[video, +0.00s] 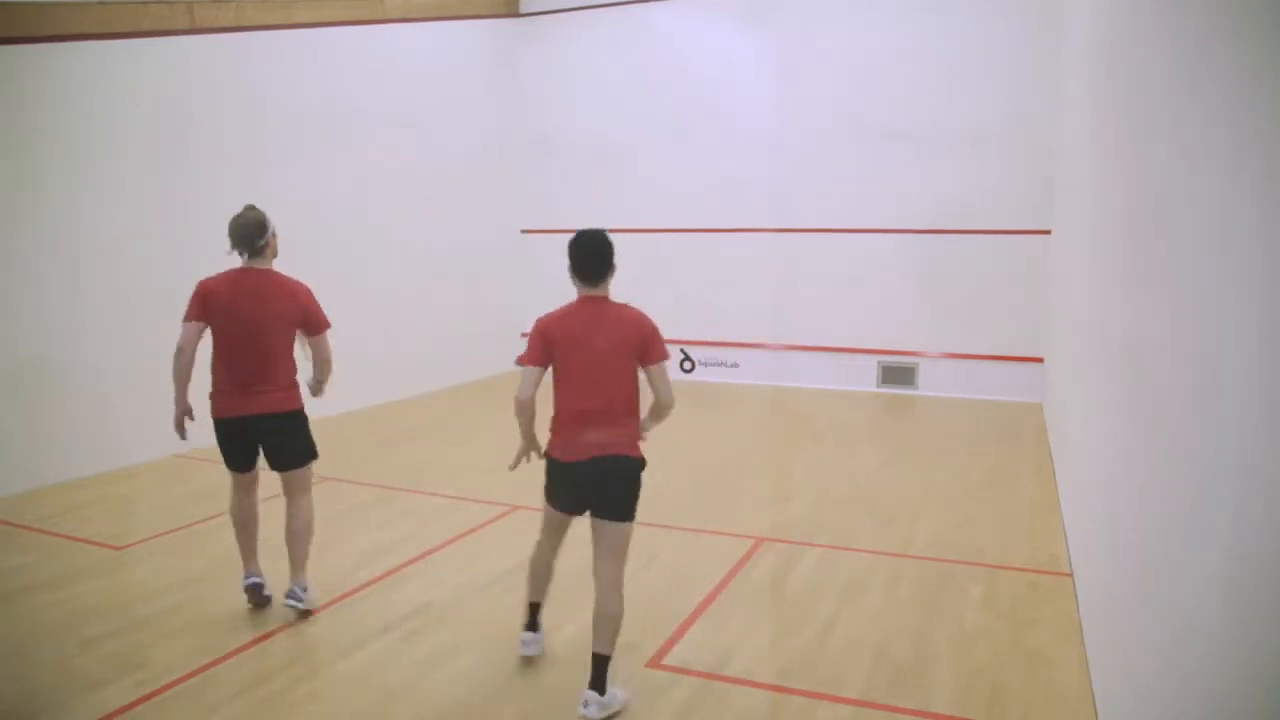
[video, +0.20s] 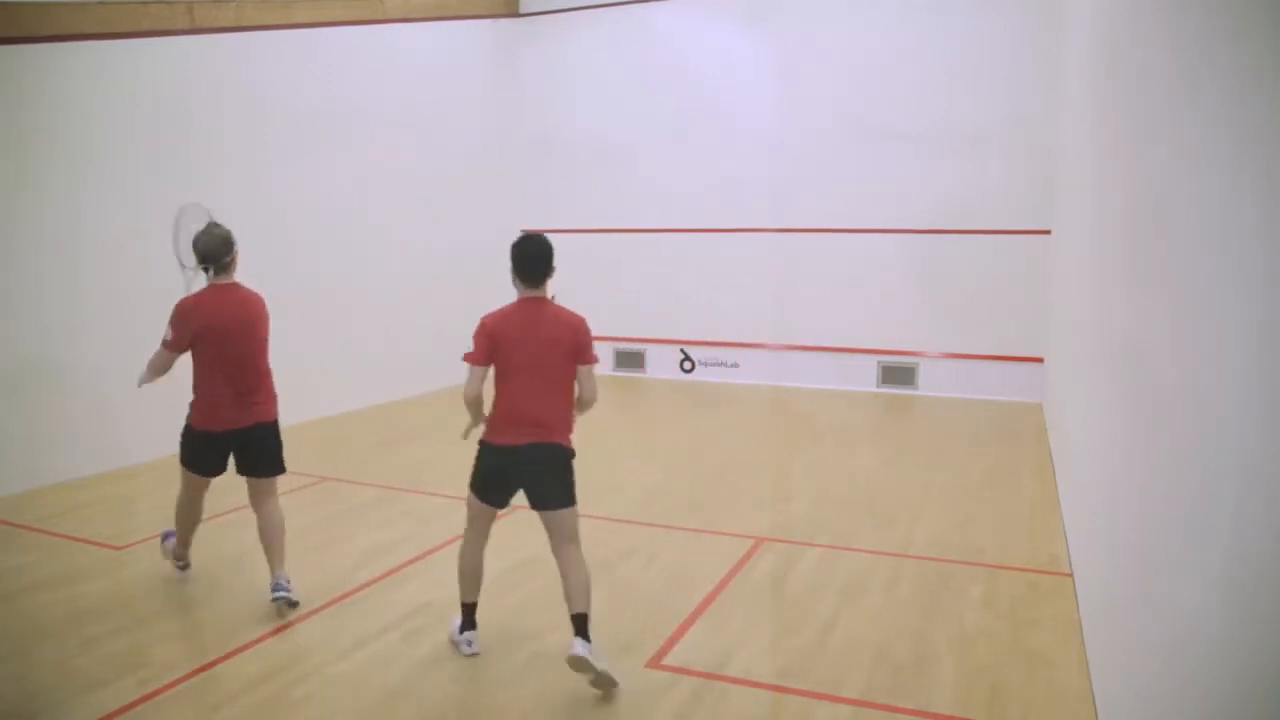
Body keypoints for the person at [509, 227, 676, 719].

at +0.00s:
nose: (593, 273)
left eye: (579, 266)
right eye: (605, 265)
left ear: (571, 270)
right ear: (613, 269)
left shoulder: (552, 325)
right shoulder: (636, 323)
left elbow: (524, 397)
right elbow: (665, 399)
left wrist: (529, 440)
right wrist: (645, 425)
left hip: (566, 465)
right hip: (619, 467)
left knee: (547, 544)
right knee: (609, 578)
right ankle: (597, 691)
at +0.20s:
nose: (535, 275)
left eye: (521, 268)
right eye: (545, 269)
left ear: (512, 272)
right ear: (552, 273)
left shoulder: (494, 324)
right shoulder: (573, 324)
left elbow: (472, 391)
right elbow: (588, 396)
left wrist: (478, 419)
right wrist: (560, 414)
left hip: (500, 453)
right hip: (551, 454)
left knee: (475, 537)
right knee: (567, 545)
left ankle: (468, 629)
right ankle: (581, 640)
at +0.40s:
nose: (473, 262)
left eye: (472, 256)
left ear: (473, 260)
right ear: (509, 261)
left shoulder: (451, 305)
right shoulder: (521, 310)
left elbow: (429, 366)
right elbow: (531, 379)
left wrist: (457, 382)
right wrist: (534, 391)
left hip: (460, 431)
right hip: (506, 429)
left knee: (461, 519)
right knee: (522, 508)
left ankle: (466, 619)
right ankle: (507, 586)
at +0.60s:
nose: (443, 268)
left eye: (444, 263)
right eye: (449, 263)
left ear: (448, 267)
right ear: (480, 267)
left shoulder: (426, 307)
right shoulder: (490, 314)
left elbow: (403, 362)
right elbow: (504, 376)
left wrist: (426, 378)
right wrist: (512, 395)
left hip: (429, 419)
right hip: (473, 419)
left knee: (425, 490)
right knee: (488, 494)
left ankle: (431, 551)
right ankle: (492, 569)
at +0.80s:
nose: (439, 266)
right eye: (440, 262)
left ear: (408, 263)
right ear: (439, 266)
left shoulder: (383, 302)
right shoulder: (443, 311)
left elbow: (360, 351)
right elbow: (464, 368)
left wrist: (381, 378)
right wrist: (472, 387)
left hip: (392, 410)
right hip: (432, 410)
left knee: (393, 474)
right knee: (461, 477)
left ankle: (391, 545)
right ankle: (473, 552)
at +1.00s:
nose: (410, 264)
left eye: (407, 259)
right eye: (409, 260)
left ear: (377, 264)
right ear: (406, 264)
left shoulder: (357, 298)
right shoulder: (419, 306)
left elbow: (332, 344)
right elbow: (433, 362)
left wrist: (346, 371)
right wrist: (439, 383)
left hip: (362, 400)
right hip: (401, 401)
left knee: (351, 454)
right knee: (430, 458)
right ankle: (424, 530)